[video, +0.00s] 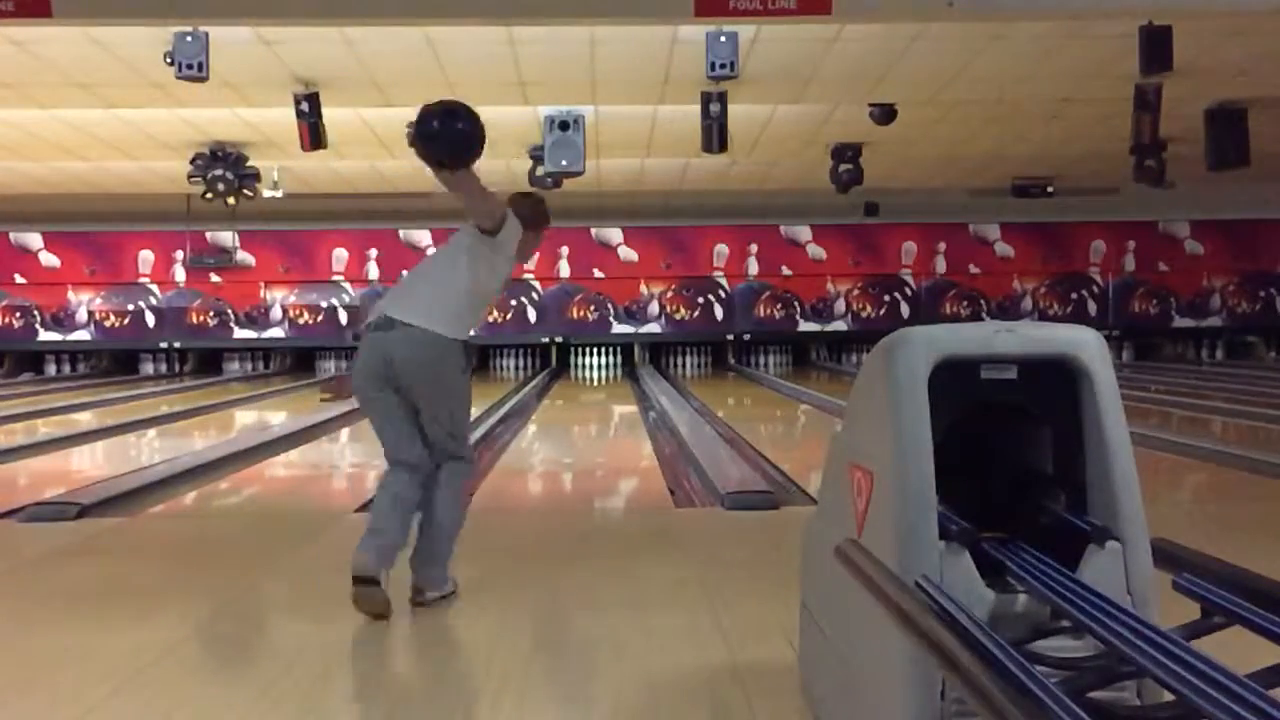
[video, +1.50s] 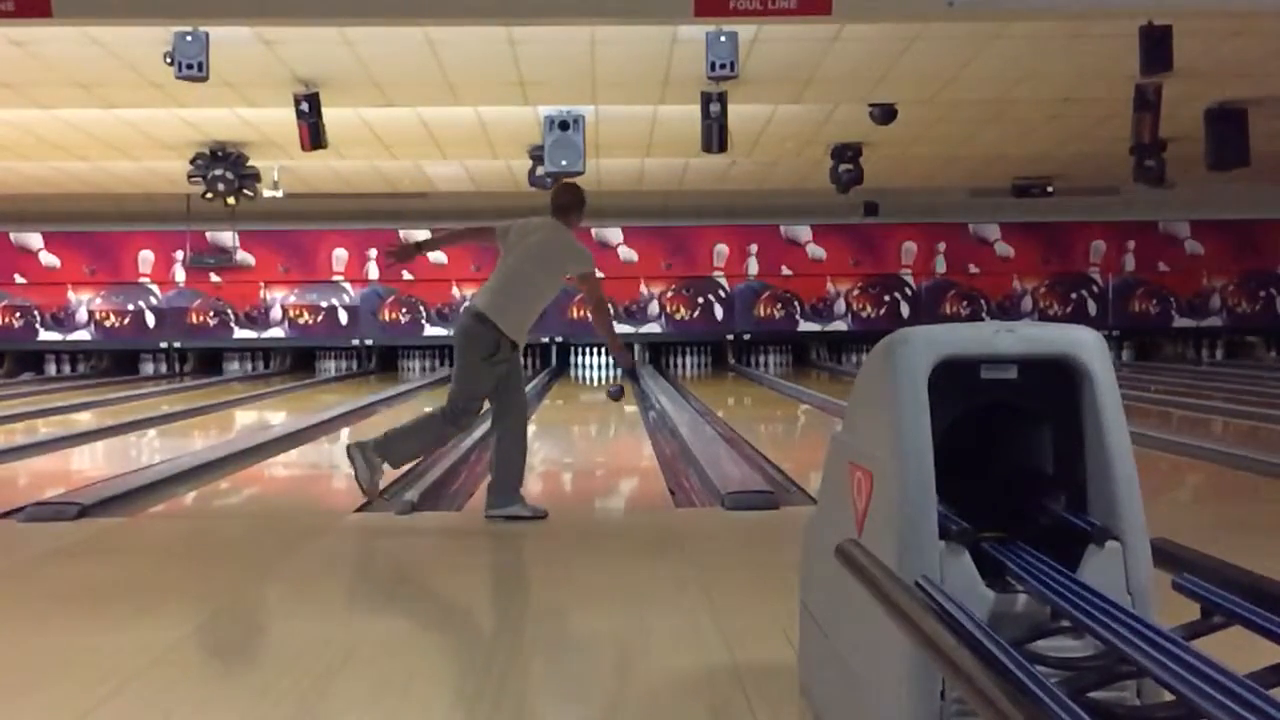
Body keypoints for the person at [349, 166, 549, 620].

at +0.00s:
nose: (534, 252)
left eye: (537, 244)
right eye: (536, 242)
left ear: (509, 217)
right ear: (530, 231)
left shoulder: (464, 249)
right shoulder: (506, 232)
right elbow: (477, 197)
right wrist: (445, 157)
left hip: (372, 348)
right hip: (429, 347)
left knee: (408, 464)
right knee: (453, 459)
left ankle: (370, 564)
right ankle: (430, 580)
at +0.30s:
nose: (560, 296)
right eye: (563, 290)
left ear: (529, 273)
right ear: (560, 286)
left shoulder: (491, 298)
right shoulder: (542, 299)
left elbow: (431, 302)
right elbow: (522, 305)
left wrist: (377, 308)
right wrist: (523, 338)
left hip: (427, 381)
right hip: (469, 388)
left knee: (471, 454)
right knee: (456, 472)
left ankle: (493, 516)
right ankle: (427, 533)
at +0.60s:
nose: (532, 281)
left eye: (530, 277)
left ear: (529, 280)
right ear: (557, 283)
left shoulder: (510, 292)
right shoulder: (570, 310)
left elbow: (461, 305)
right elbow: (573, 357)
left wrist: (440, 315)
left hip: (463, 351)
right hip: (494, 369)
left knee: (504, 429)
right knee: (436, 444)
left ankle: (513, 507)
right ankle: (345, 433)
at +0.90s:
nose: (584, 232)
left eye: (578, 226)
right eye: (584, 227)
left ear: (555, 219)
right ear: (583, 226)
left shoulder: (530, 237)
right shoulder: (582, 248)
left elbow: (490, 231)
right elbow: (622, 234)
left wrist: (447, 227)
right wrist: (609, 204)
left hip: (487, 338)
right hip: (486, 327)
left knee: (507, 419)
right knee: (427, 396)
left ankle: (515, 505)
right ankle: (385, 324)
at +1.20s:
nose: (583, 226)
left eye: (578, 218)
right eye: (584, 220)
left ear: (553, 211)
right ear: (581, 220)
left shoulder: (524, 231)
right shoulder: (573, 248)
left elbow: (475, 230)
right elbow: (617, 281)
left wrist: (422, 238)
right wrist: (645, 292)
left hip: (499, 343)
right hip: (483, 331)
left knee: (513, 417)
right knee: (449, 413)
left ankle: (505, 501)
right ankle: (361, 395)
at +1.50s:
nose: (583, 221)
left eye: (580, 213)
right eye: (583, 215)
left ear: (552, 207)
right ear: (579, 215)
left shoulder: (523, 227)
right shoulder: (575, 251)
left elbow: (467, 233)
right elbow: (597, 304)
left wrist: (417, 248)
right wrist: (615, 346)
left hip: (497, 340)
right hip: (485, 335)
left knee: (512, 417)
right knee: (457, 416)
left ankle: (504, 501)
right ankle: (373, 452)